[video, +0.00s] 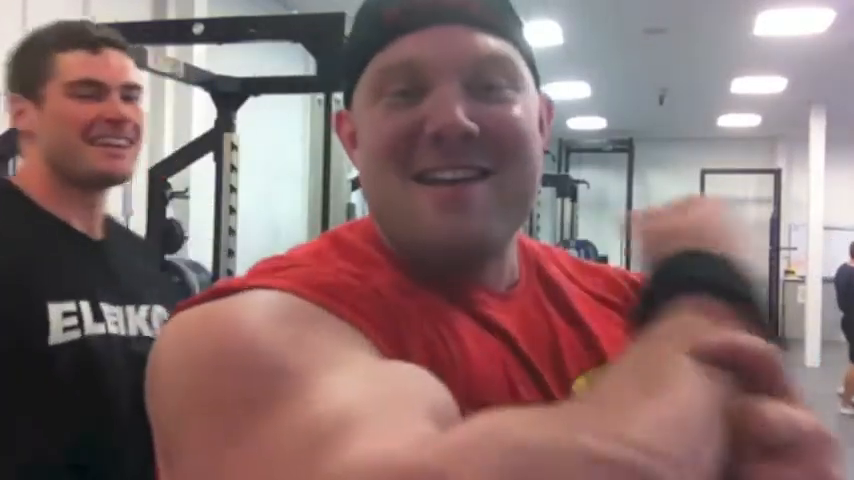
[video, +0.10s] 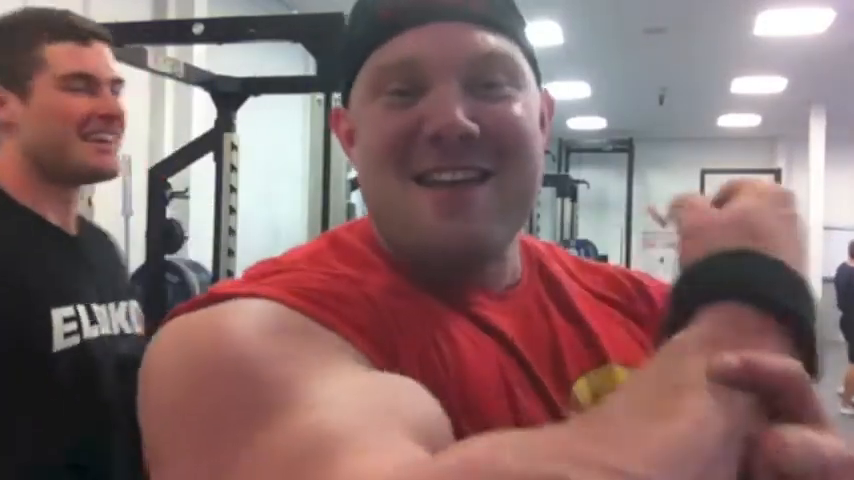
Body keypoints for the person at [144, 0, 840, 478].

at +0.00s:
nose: (450, 121)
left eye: (489, 87)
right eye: (404, 92)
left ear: (543, 127)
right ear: (350, 138)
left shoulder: (639, 302)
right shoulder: (243, 338)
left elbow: (782, 447)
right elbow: (411, 466)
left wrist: (791, 450)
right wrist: (702, 295)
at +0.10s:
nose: (449, 122)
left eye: (489, 86)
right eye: (402, 91)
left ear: (546, 126)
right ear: (348, 138)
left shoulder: (651, 308)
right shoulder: (235, 344)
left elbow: (817, 448)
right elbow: (401, 464)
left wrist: (798, 445)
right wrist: (740, 304)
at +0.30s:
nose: (447, 121)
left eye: (486, 83)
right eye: (399, 89)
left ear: (547, 120)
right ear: (343, 136)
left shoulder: (607, 293)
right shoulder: (221, 356)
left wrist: (765, 453)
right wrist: (646, 263)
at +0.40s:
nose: (449, 121)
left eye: (488, 82)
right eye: (399, 88)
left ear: (551, 120)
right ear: (343, 136)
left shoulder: (611, 285)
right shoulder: (218, 356)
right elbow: (590, 446)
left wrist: (785, 457)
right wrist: (635, 251)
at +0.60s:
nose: (488, 110)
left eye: (528, 74)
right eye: (434, 79)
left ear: (582, 105)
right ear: (367, 129)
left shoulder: (711, 326)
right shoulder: (244, 367)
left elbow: (794, 456)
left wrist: (798, 372)